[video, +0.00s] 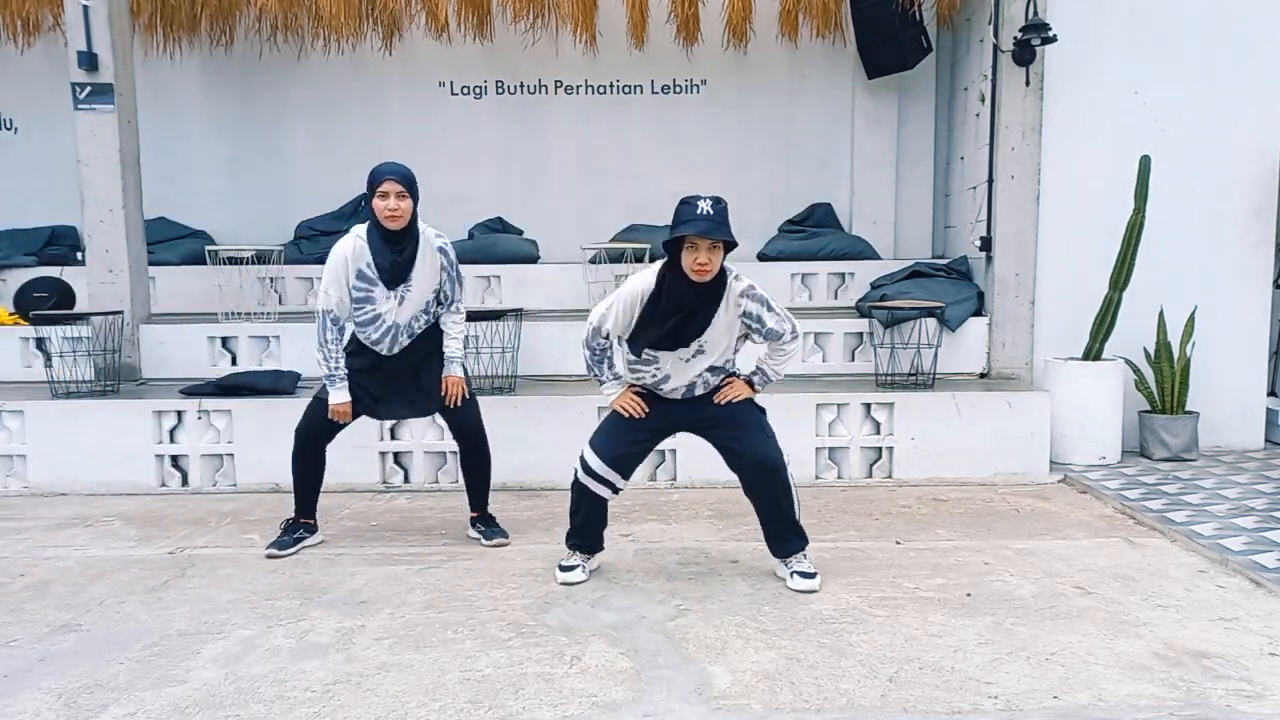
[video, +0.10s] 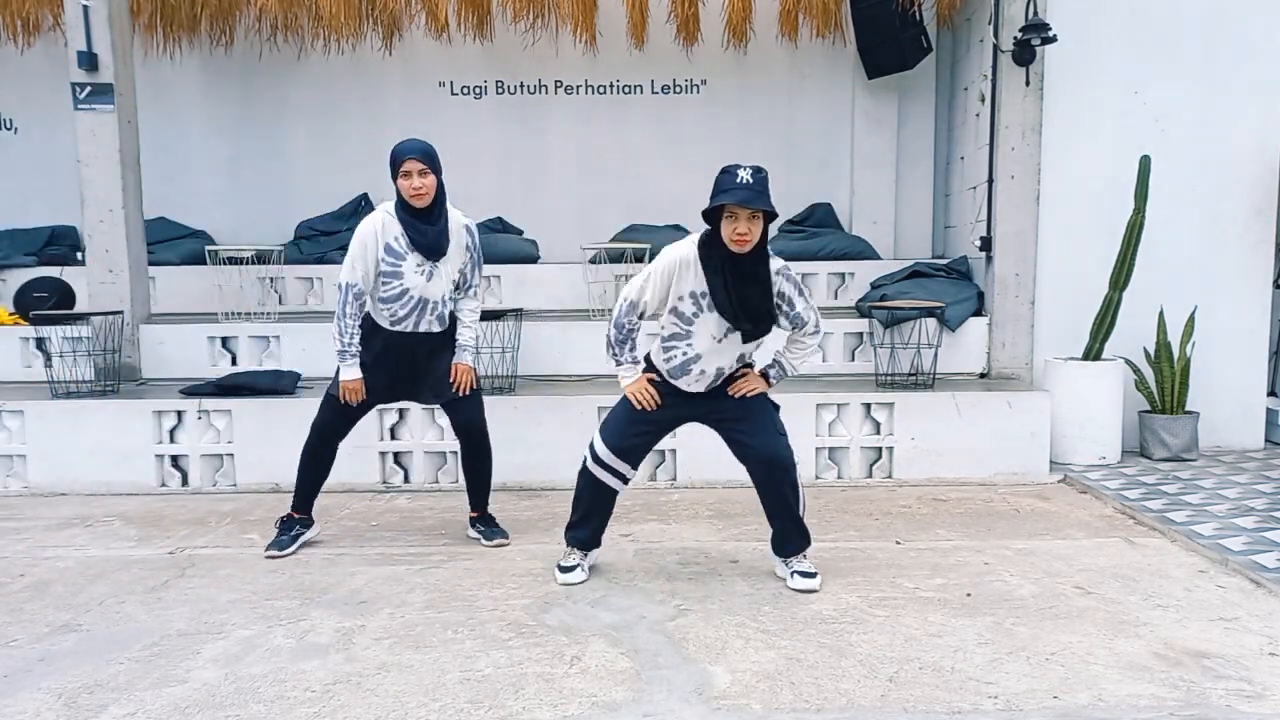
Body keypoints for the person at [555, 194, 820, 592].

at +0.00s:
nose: (703, 258)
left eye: (713, 248)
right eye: (693, 247)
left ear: (725, 250)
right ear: (677, 248)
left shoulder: (739, 293)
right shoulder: (643, 288)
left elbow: (787, 336)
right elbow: (596, 334)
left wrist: (755, 380)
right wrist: (613, 388)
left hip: (718, 396)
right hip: (649, 398)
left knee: (766, 462)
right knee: (595, 467)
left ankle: (792, 554)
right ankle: (582, 550)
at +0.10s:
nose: (742, 228)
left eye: (752, 218)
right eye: (732, 217)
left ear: (766, 222)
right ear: (716, 219)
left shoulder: (776, 273)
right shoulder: (679, 260)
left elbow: (809, 329)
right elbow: (628, 310)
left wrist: (769, 374)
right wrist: (628, 369)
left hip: (734, 387)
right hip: (663, 382)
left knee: (775, 457)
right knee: (607, 453)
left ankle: (792, 552)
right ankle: (579, 547)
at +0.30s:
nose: (766, 164)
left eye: (776, 154)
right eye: (757, 153)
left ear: (791, 157)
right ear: (741, 154)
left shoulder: (806, 224)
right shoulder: (708, 200)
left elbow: (812, 298)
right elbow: (663, 265)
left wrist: (786, 351)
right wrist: (653, 330)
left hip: (754, 356)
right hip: (688, 345)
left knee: (773, 456)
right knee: (631, 440)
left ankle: (791, 551)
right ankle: (582, 525)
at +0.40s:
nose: (768, 168)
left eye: (778, 158)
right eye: (759, 157)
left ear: (792, 161)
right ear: (744, 159)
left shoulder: (808, 226)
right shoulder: (711, 207)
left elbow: (819, 299)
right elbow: (671, 275)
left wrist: (797, 354)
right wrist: (660, 337)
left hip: (762, 356)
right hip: (696, 348)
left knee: (778, 456)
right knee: (646, 450)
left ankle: (791, 551)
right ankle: (600, 535)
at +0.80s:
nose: (767, 238)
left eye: (776, 227)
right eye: (756, 228)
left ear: (790, 229)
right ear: (739, 230)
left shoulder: (806, 277)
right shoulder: (710, 268)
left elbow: (820, 327)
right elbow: (645, 308)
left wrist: (782, 372)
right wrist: (650, 368)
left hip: (748, 385)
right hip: (680, 377)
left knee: (784, 455)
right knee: (628, 451)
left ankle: (792, 552)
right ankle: (588, 554)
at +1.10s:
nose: (632, 218)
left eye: (641, 207)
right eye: (621, 208)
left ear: (656, 208)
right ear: (605, 211)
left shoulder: (688, 245)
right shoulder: (591, 267)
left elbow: (738, 297)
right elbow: (569, 327)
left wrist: (738, 356)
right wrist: (606, 373)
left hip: (705, 372)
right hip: (637, 380)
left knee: (762, 447)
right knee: (598, 461)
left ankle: (799, 547)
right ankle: (586, 559)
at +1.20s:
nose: (609, 183)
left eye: (619, 173)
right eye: (599, 172)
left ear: (634, 173)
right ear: (584, 175)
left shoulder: (665, 210)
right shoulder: (572, 241)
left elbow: (712, 269)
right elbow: (566, 317)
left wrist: (728, 336)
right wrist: (597, 363)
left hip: (691, 351)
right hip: (626, 367)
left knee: (750, 441)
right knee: (596, 460)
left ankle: (805, 530)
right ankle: (586, 557)